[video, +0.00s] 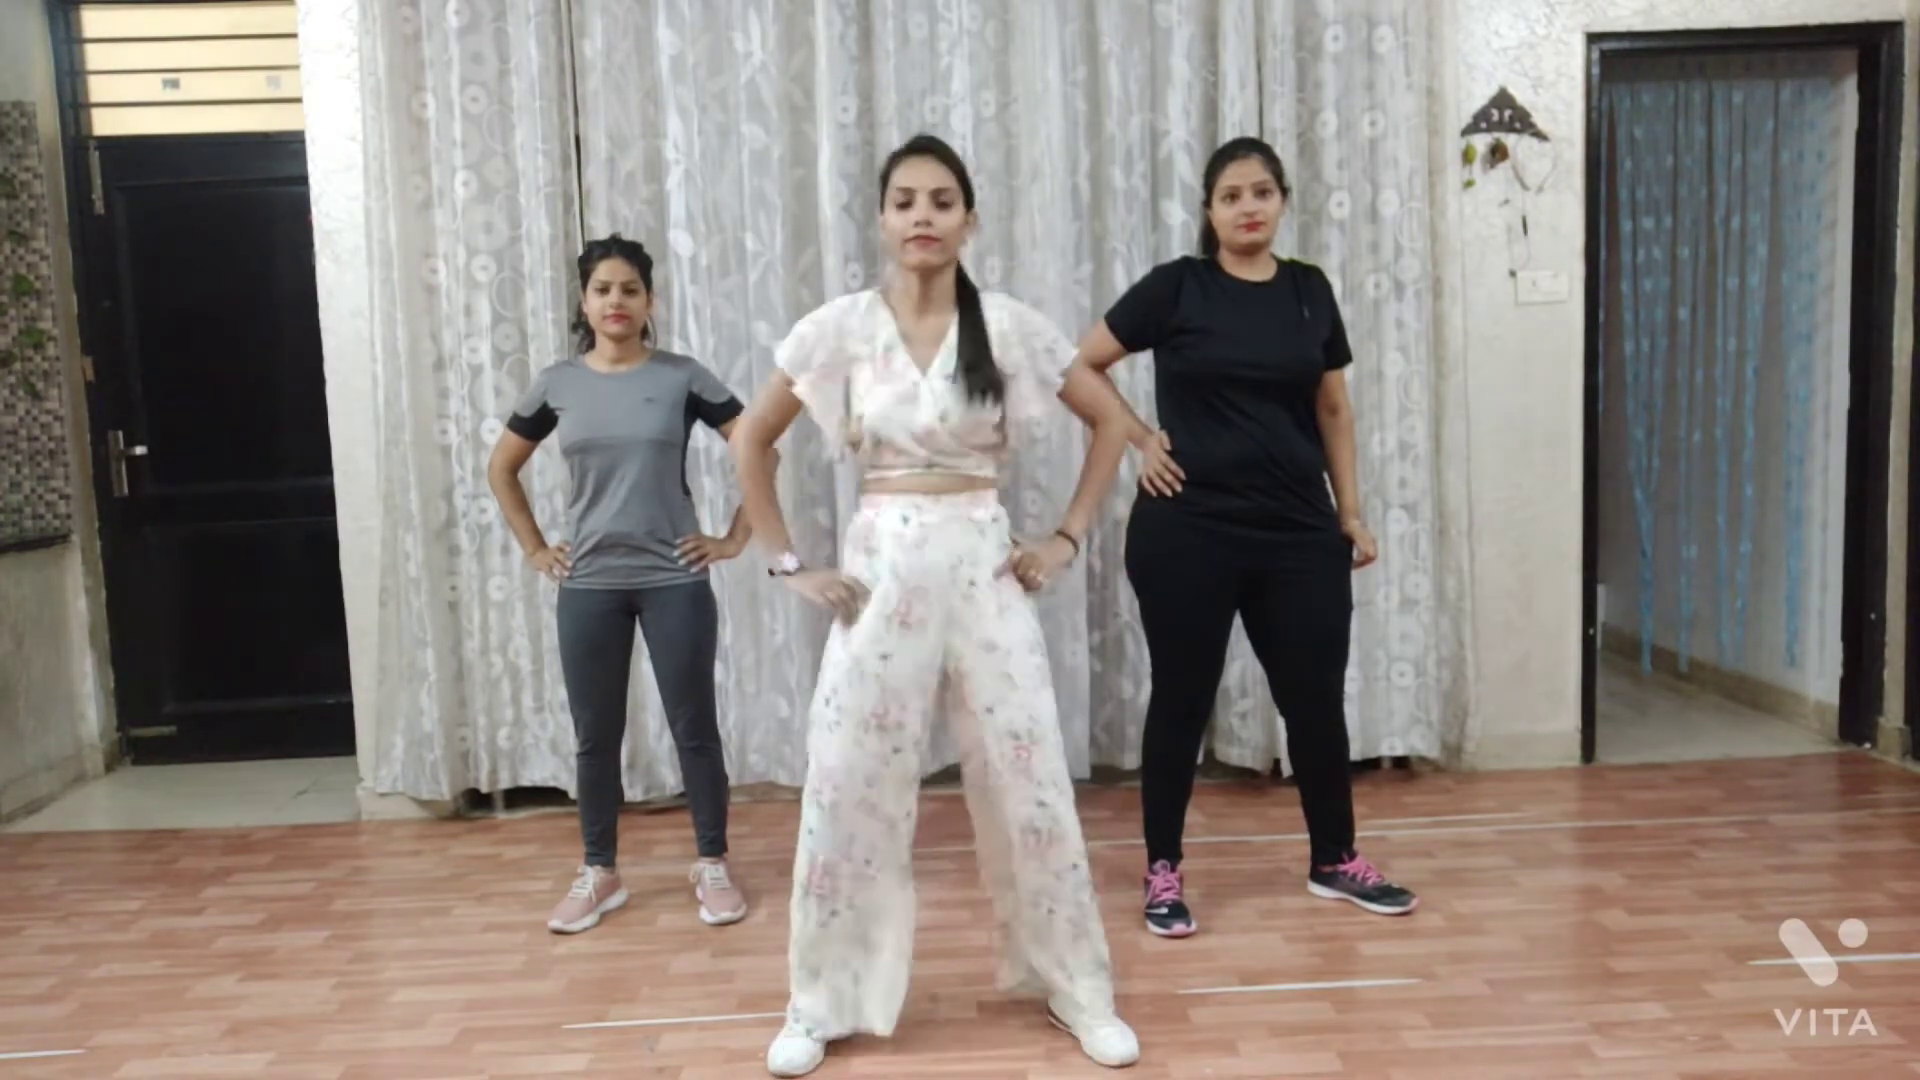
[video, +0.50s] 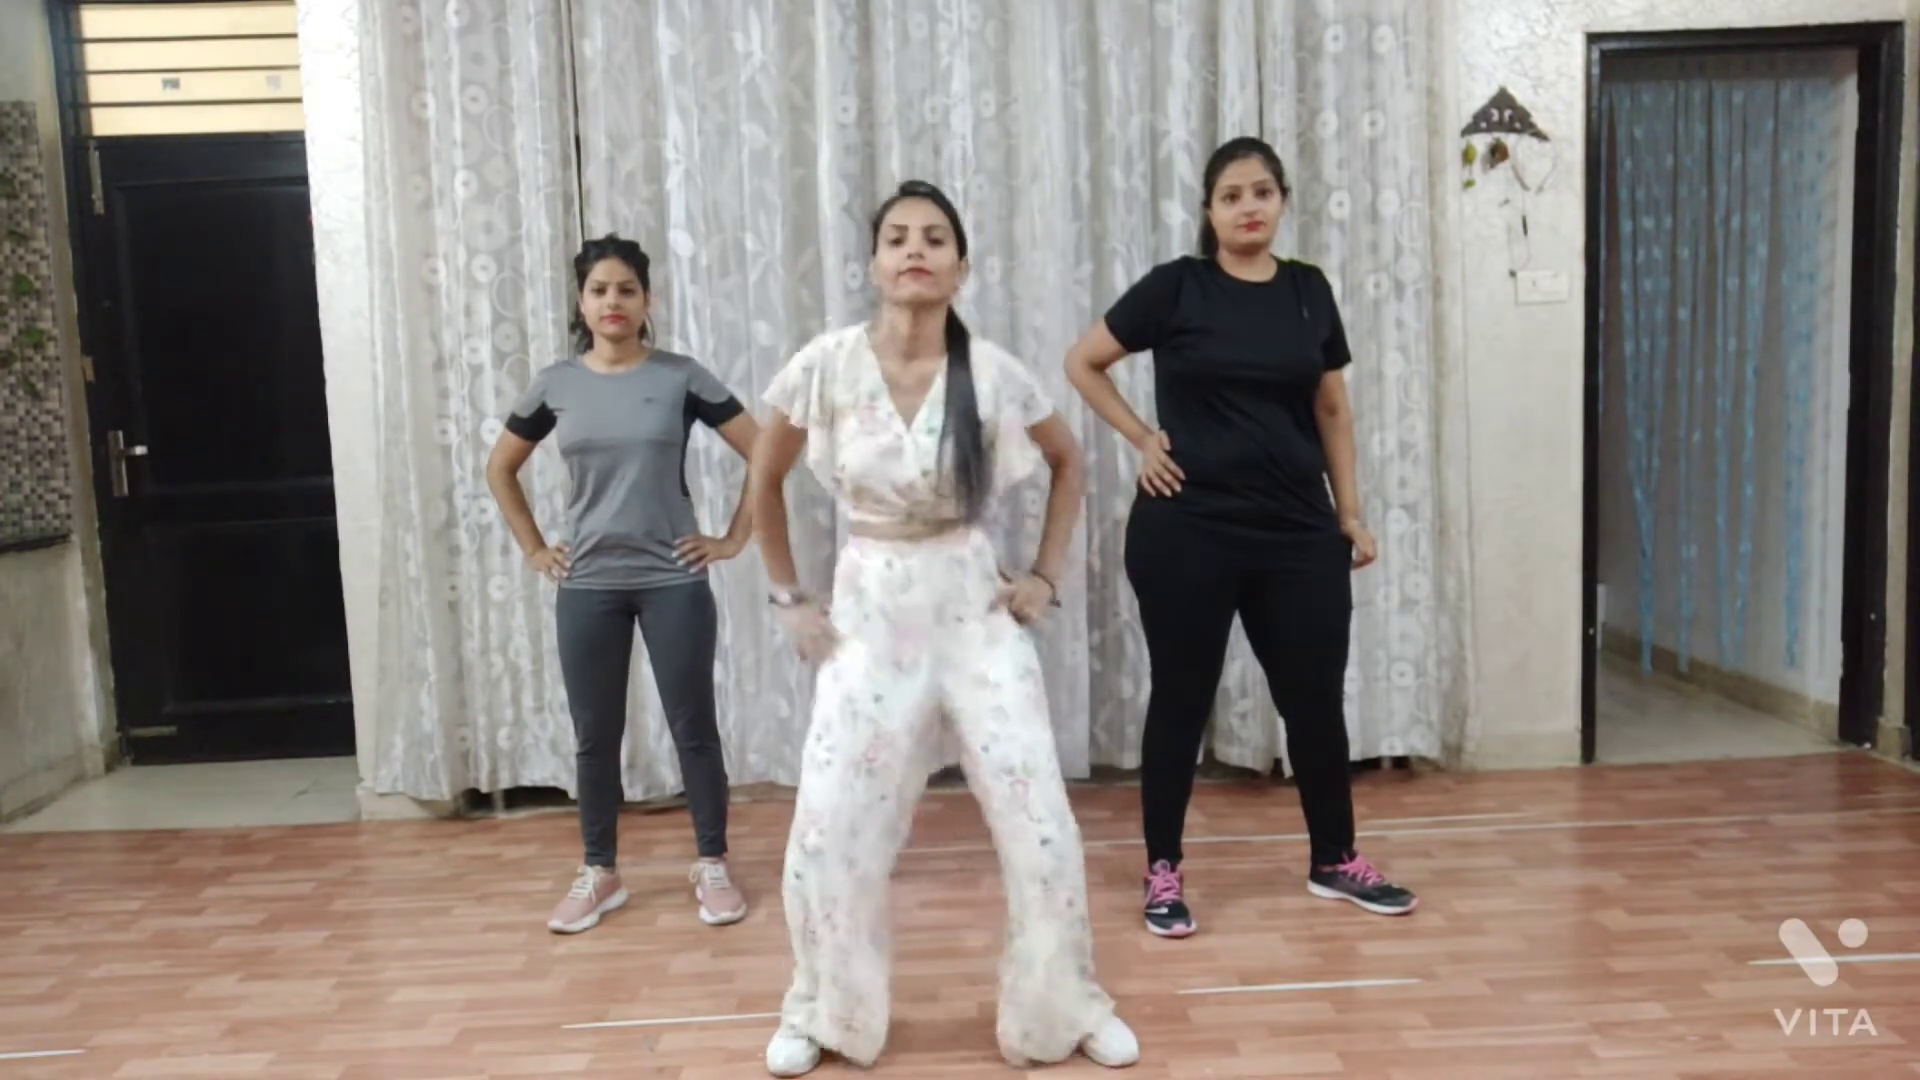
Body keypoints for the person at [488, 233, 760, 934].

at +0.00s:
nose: (616, 302)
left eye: (629, 290)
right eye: (603, 290)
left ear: (649, 302)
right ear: (583, 302)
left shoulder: (682, 378)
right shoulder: (557, 385)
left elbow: (758, 448)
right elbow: (502, 467)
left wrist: (734, 537)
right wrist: (537, 549)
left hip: (675, 573)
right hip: (589, 578)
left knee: (693, 725)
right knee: (595, 735)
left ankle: (712, 866)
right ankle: (599, 872)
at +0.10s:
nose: (616, 302)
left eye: (629, 290)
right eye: (603, 290)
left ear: (648, 301)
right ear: (583, 302)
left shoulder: (683, 378)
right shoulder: (556, 384)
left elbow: (759, 448)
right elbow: (501, 466)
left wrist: (735, 537)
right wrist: (536, 549)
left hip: (674, 573)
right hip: (589, 578)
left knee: (693, 725)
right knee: (594, 734)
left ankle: (712, 865)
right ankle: (599, 872)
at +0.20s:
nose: (615, 302)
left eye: (628, 290)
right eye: (602, 290)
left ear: (647, 301)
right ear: (582, 302)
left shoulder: (682, 378)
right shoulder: (556, 385)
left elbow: (760, 449)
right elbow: (501, 467)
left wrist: (735, 537)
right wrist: (537, 549)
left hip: (674, 574)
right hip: (589, 578)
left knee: (693, 725)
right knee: (594, 735)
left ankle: (712, 866)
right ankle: (599, 872)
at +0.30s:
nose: (615, 302)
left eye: (628, 290)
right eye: (601, 290)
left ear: (647, 301)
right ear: (581, 302)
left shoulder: (682, 378)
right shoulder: (555, 385)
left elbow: (761, 451)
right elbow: (501, 467)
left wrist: (733, 538)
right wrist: (537, 549)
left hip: (674, 574)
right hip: (589, 579)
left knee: (693, 726)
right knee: (594, 735)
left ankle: (712, 866)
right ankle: (599, 872)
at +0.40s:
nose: (613, 301)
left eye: (627, 289)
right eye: (600, 290)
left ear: (647, 301)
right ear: (581, 301)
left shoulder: (682, 378)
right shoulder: (556, 385)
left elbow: (763, 453)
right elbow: (500, 468)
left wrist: (733, 538)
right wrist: (537, 548)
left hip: (674, 574)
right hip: (589, 579)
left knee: (693, 726)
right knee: (595, 736)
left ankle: (712, 866)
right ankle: (599, 872)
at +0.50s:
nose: (613, 301)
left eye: (626, 290)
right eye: (600, 290)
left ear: (646, 302)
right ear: (580, 302)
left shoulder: (681, 378)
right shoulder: (555, 385)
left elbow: (763, 452)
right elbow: (500, 468)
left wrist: (734, 537)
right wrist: (537, 550)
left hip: (674, 574)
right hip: (588, 579)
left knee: (693, 726)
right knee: (594, 736)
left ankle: (712, 866)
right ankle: (599, 872)